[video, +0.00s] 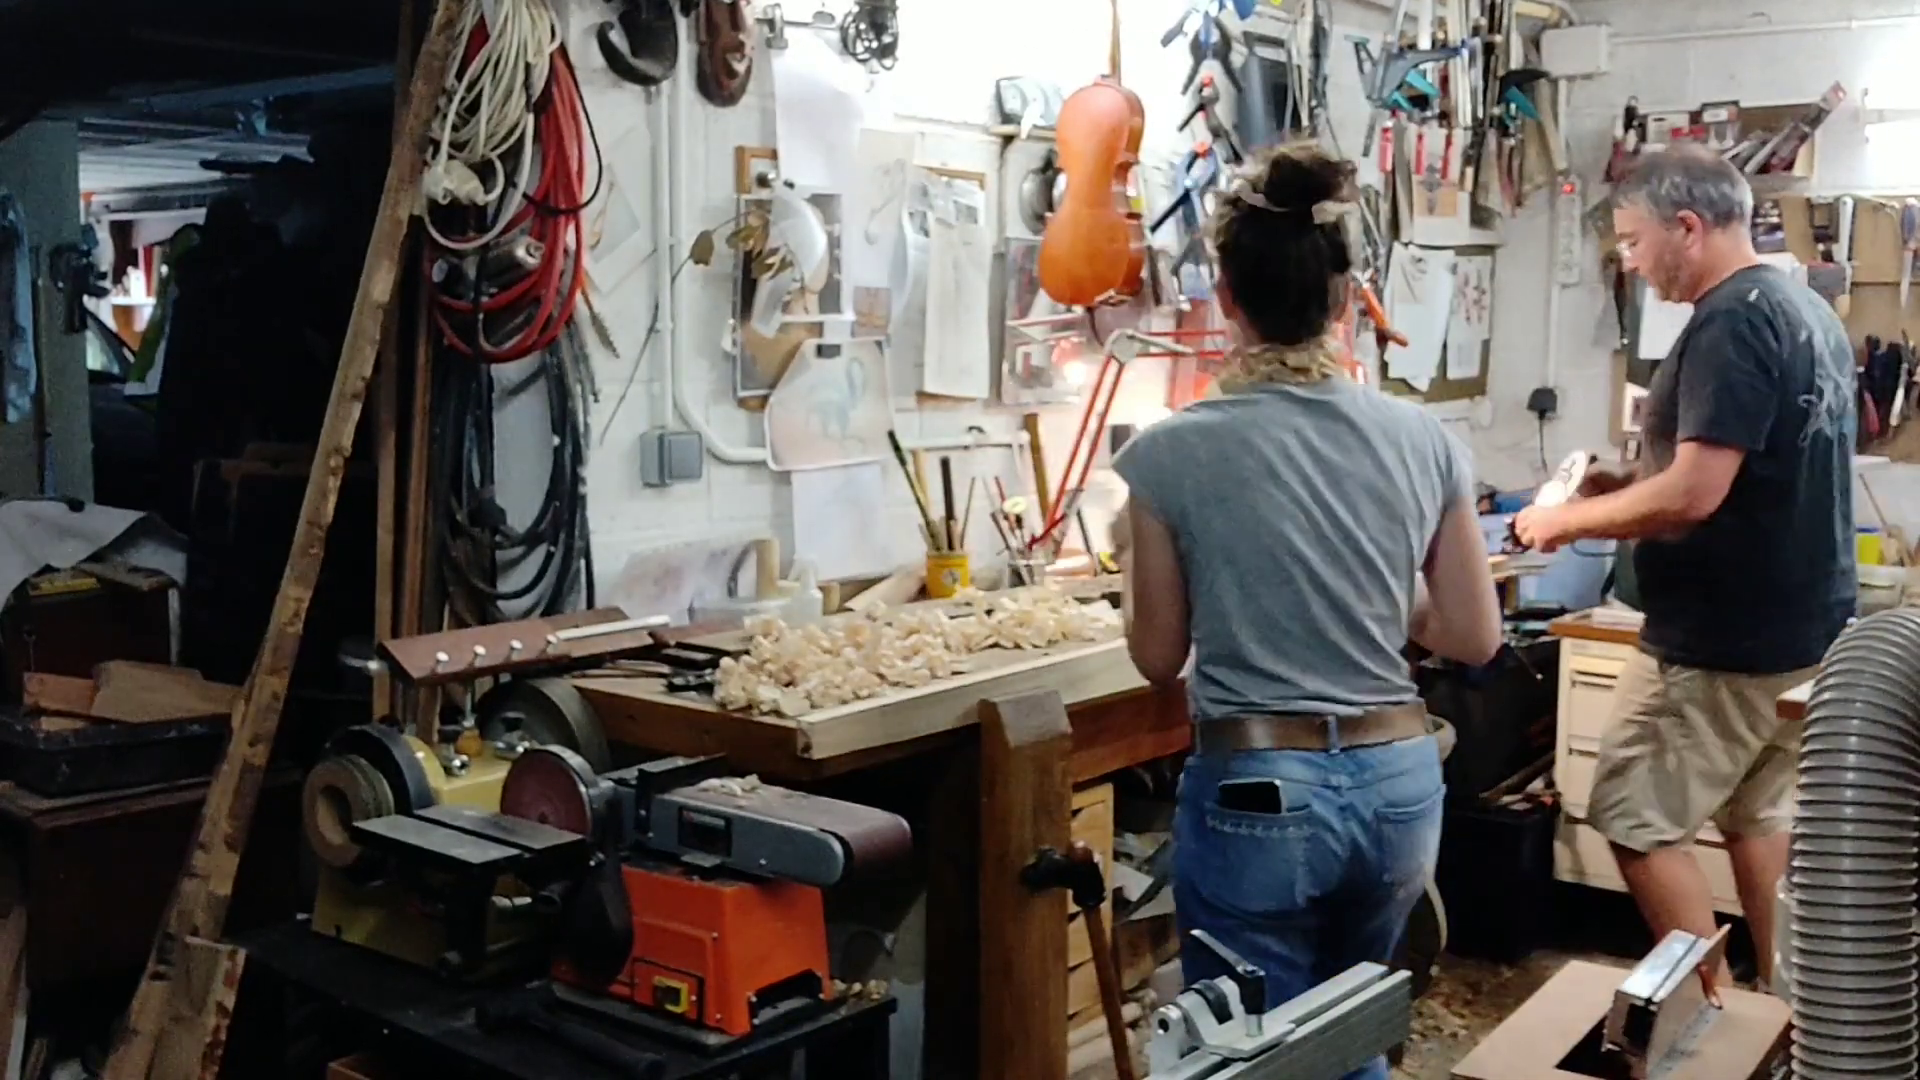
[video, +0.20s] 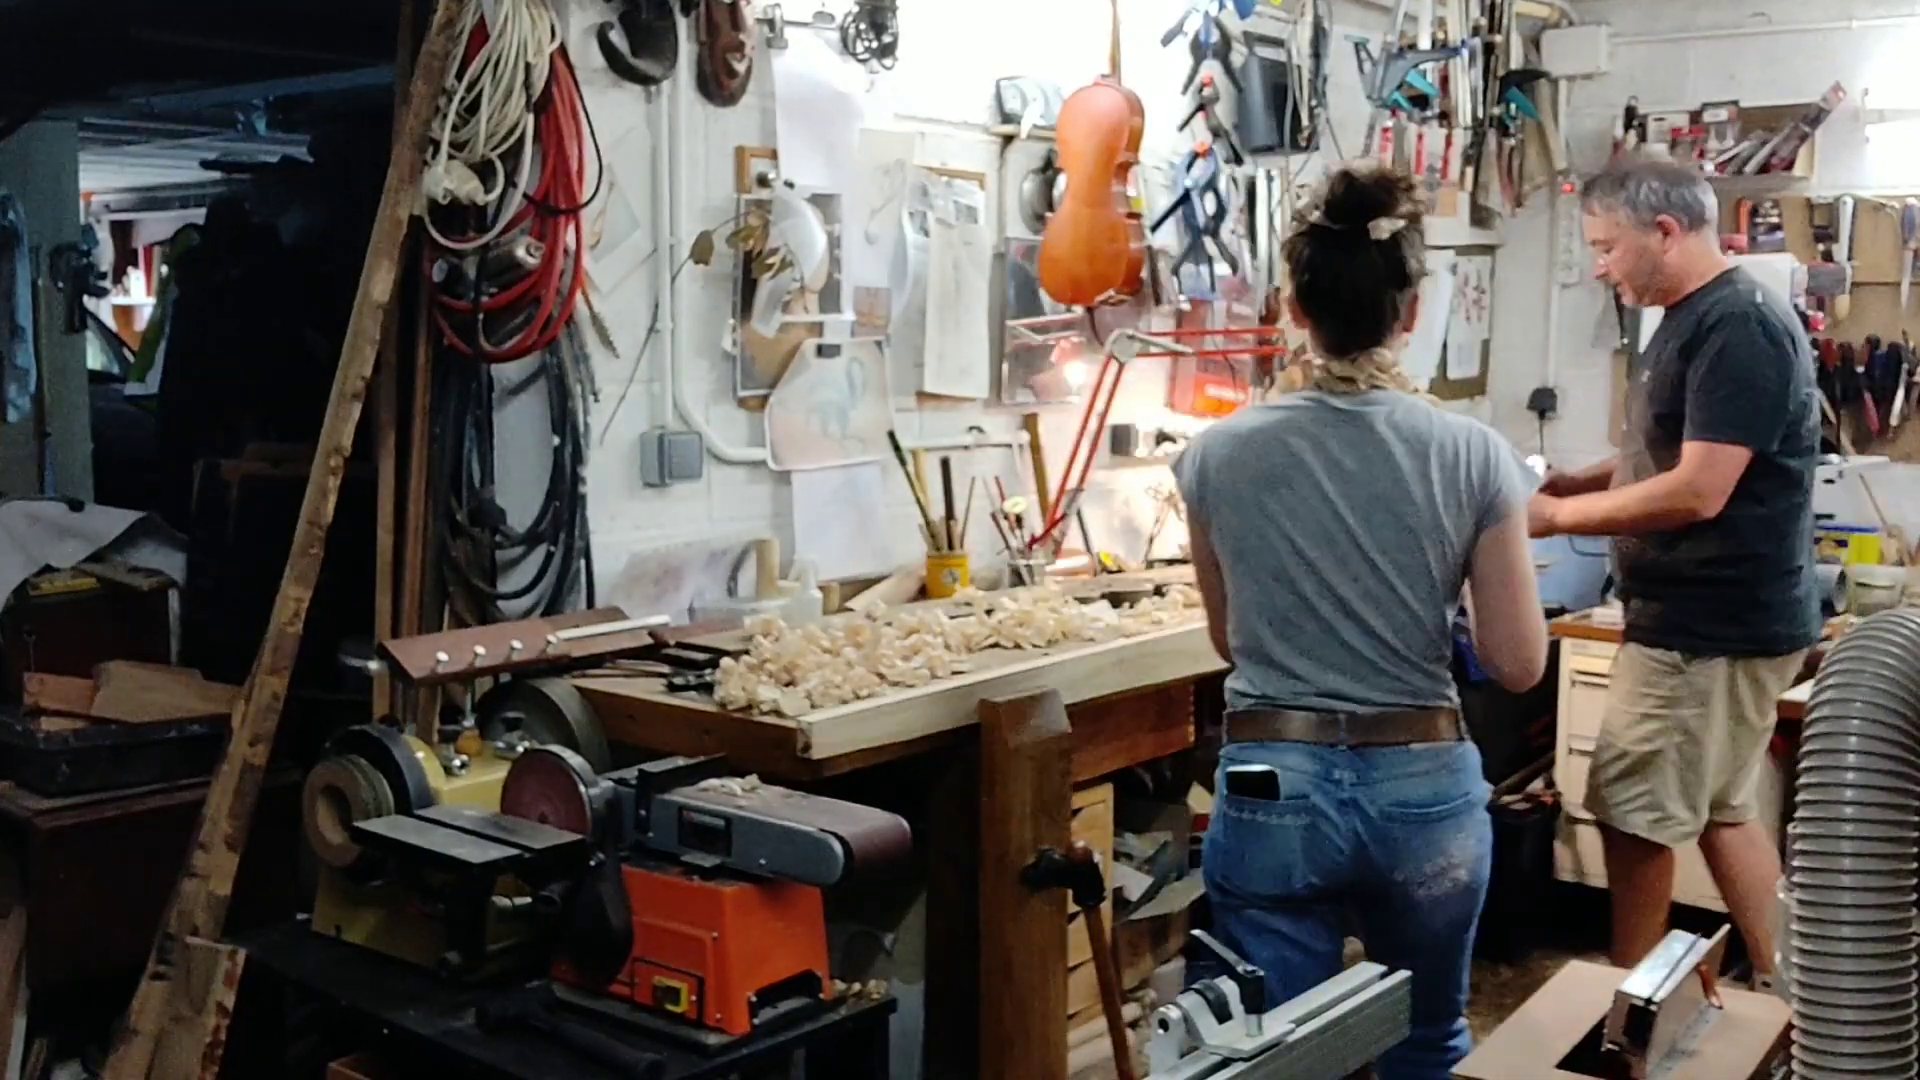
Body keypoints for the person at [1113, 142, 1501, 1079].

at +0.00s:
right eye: (1351, 284)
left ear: (1228, 299)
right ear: (1349, 299)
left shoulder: (1172, 451)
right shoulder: (1422, 437)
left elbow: (1156, 653)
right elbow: (1473, 638)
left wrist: (1224, 574)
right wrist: (1391, 605)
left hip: (1255, 795)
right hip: (1402, 782)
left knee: (1245, 1051)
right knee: (1364, 1037)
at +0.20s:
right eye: (1415, 302)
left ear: (1294, 312)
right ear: (1410, 313)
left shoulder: (1216, 456)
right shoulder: (1474, 455)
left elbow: (1229, 639)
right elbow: (1519, 664)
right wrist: (1461, 586)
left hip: (1268, 781)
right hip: (1428, 780)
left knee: (1273, 1049)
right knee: (1427, 1036)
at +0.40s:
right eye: (1508, 301)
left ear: (1376, 311)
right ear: (1494, 317)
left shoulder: (1313, 457)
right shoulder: (1546, 458)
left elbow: (1334, 613)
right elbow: (1572, 662)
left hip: (1343, 756)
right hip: (1495, 761)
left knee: (1333, 1037)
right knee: (1476, 1039)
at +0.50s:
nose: (1555, 306)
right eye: (1551, 291)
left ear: (1427, 308)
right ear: (1535, 306)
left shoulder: (1360, 441)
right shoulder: (1576, 443)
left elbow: (1369, 588)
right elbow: (1607, 645)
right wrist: (1592, 550)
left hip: (1376, 741)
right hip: (1518, 748)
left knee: (1374, 1013)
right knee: (1492, 1030)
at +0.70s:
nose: (1616, 305)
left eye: (1489, 294)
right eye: (1612, 291)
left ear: (1497, 306)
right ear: (1601, 297)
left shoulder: (1442, 420)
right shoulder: (1623, 425)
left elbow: (1448, 571)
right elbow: (1632, 623)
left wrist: (1621, 518)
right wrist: (1688, 557)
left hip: (1433, 711)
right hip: (1552, 727)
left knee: (1496, 956)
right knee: (1508, 1001)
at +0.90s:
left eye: (1530, 310)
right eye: (1668, 306)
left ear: (1558, 318)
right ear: (1655, 320)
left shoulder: (1509, 439)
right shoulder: (1671, 445)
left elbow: (1517, 581)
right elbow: (1673, 628)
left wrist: (1676, 534)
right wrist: (1738, 571)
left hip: (1513, 702)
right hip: (1625, 712)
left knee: (1606, 940)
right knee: (1571, 974)